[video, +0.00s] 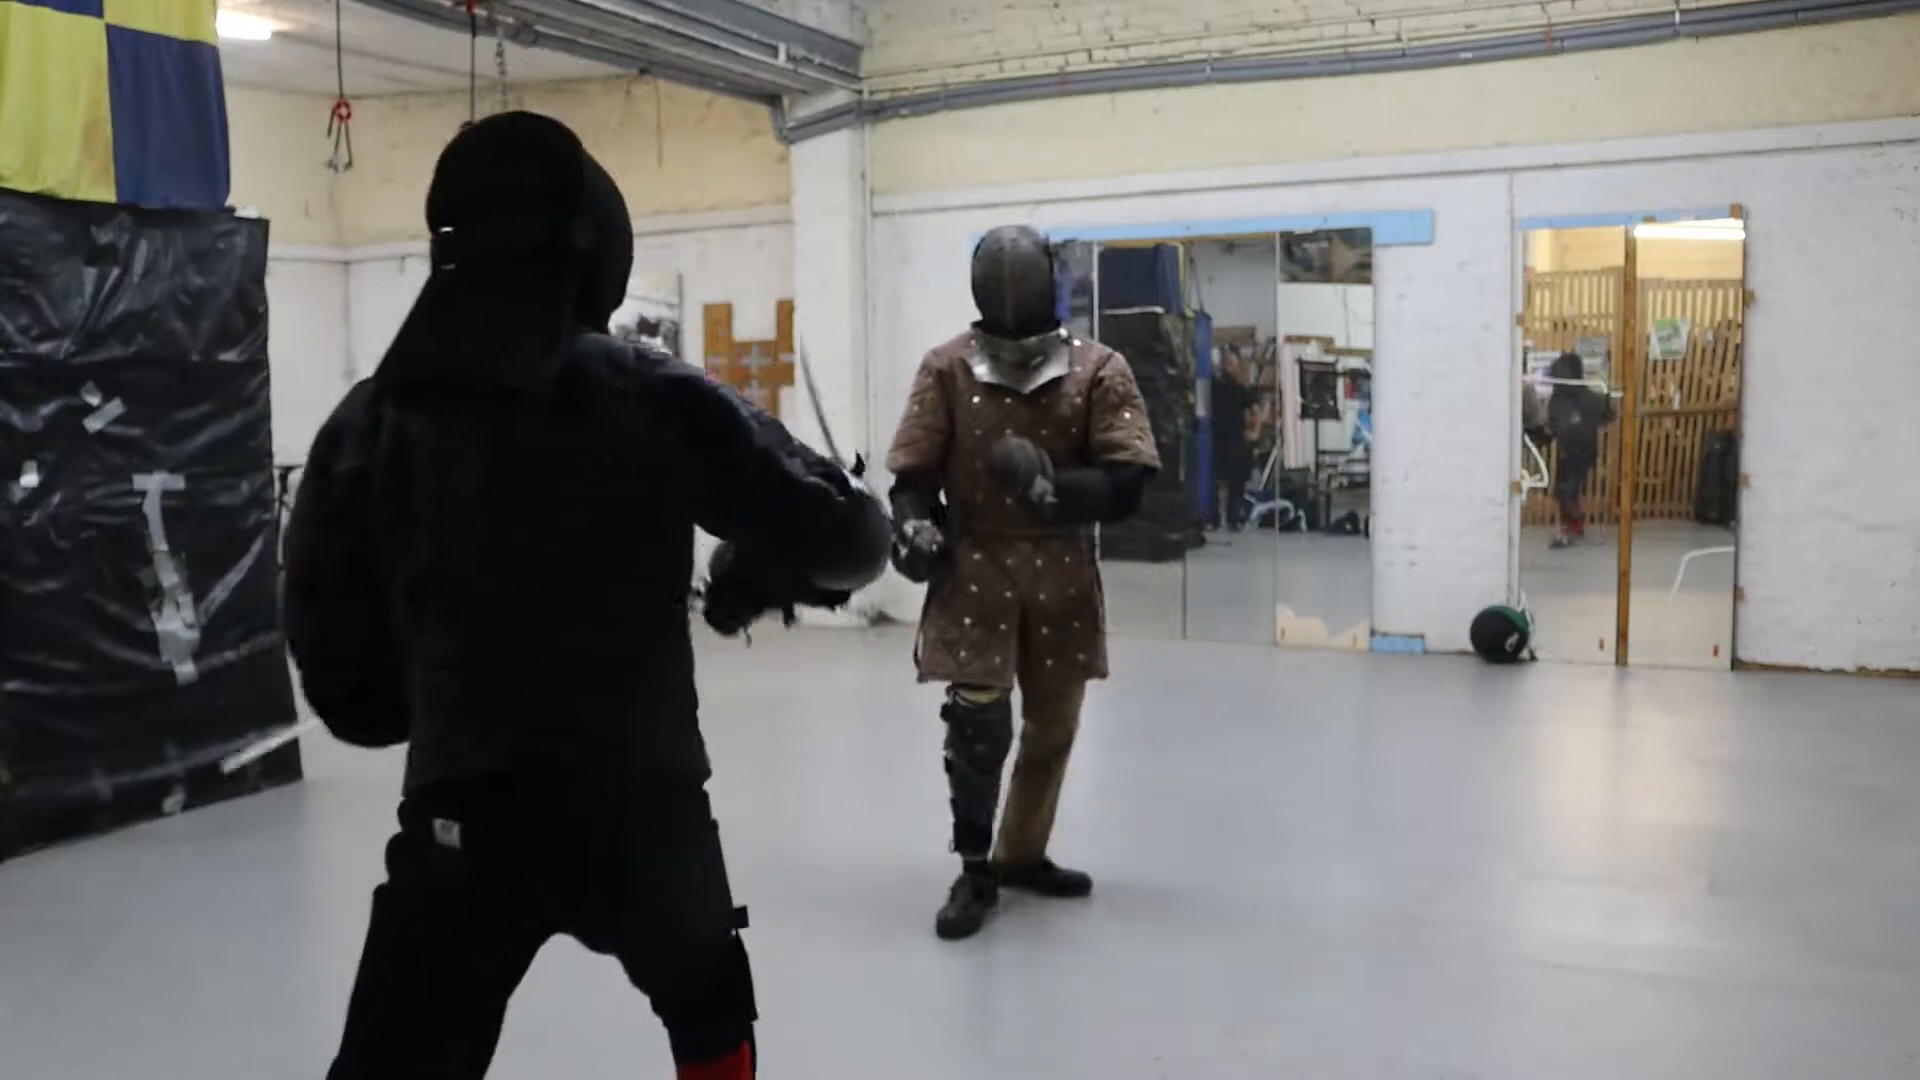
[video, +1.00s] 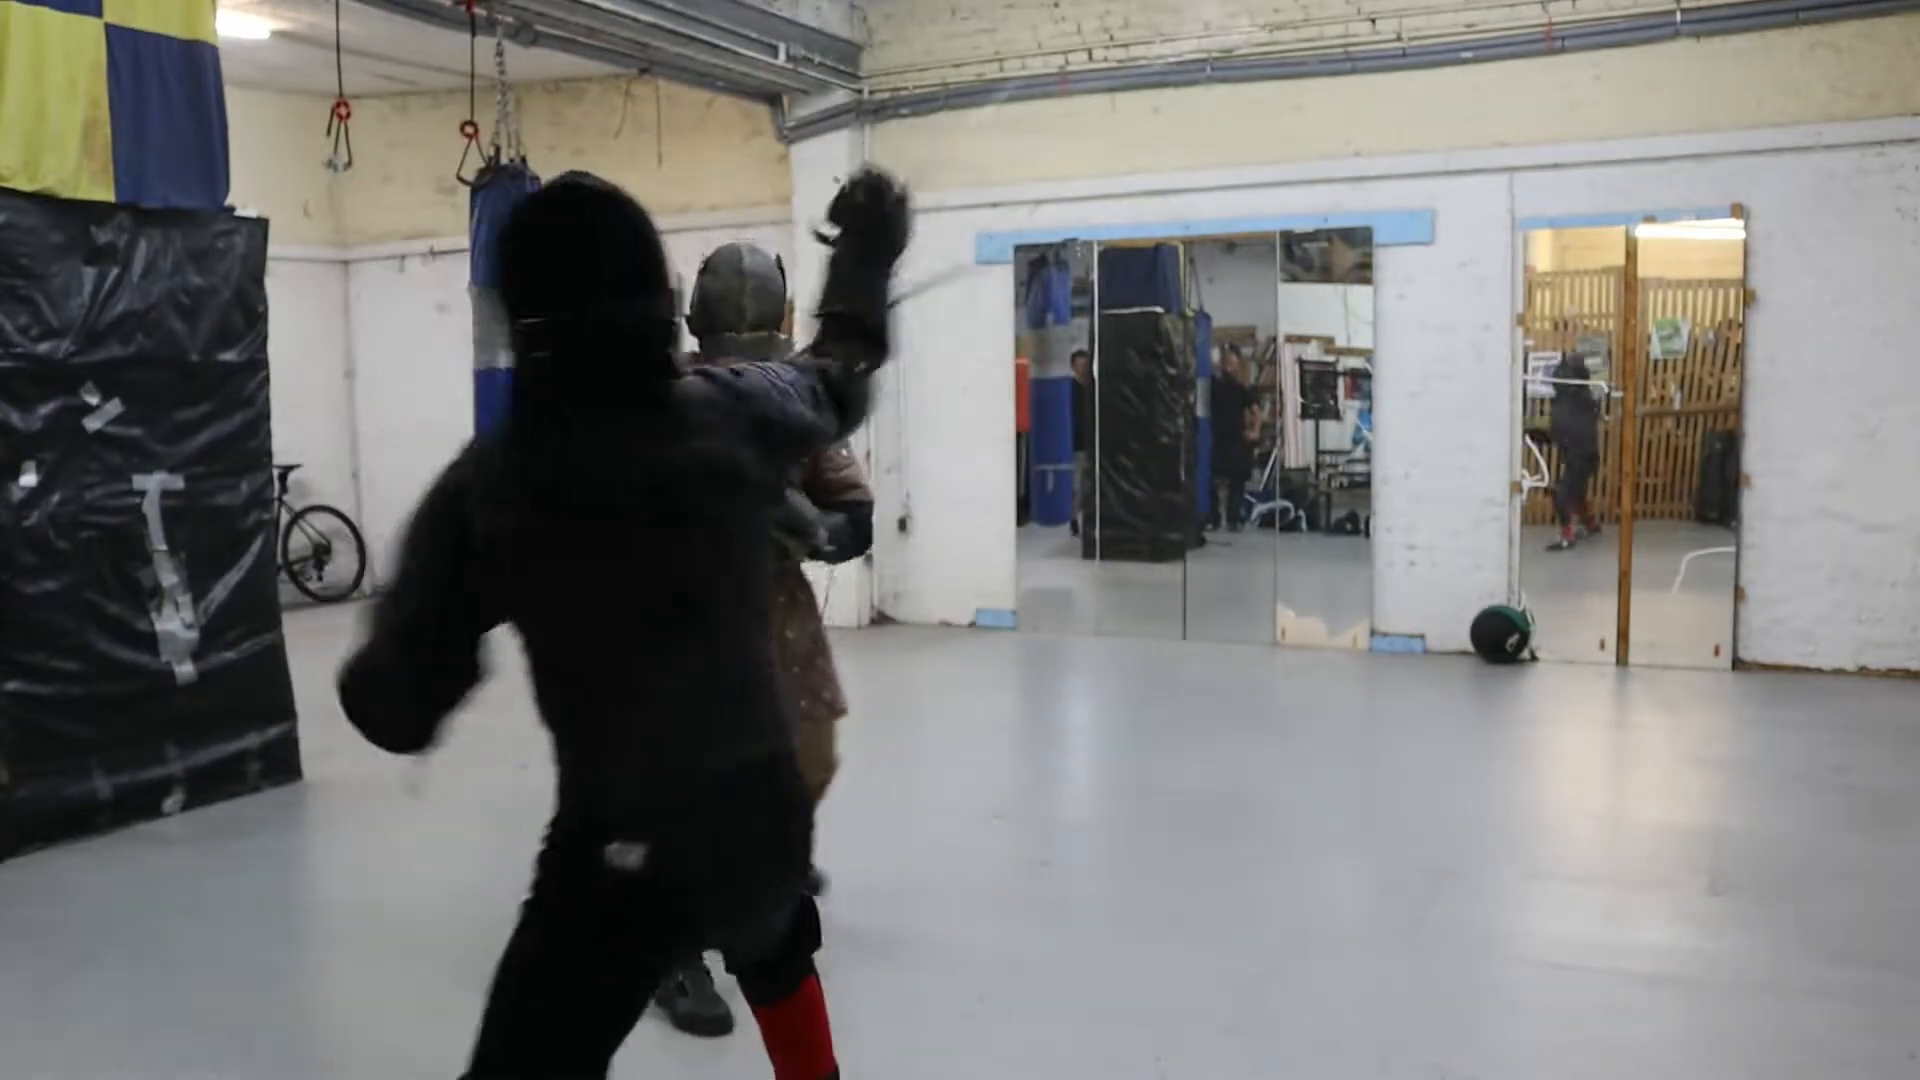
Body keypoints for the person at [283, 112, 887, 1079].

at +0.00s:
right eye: (606, 229)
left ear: (449, 251)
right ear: (594, 248)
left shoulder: (369, 425)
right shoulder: (655, 399)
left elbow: (351, 694)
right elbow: (846, 535)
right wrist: (747, 577)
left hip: (463, 833)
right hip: (644, 823)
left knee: (388, 1065)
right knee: (712, 1022)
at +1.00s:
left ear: (520, 320)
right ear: (658, 299)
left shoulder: (491, 487)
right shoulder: (729, 420)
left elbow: (390, 709)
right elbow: (838, 377)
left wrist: (440, 595)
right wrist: (862, 259)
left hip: (617, 844)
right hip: (760, 806)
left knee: (521, 1067)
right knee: (780, 977)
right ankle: (811, 1069)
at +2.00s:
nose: (922, 268)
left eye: (928, 242)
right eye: (921, 242)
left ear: (962, 239)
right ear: (1080, 229)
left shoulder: (951, 371)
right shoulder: (1147, 361)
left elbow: (849, 589)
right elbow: (1198, 550)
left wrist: (794, 503)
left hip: (1072, 756)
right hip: (1168, 738)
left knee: (1129, 1038)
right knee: (1000, 929)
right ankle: (1055, 1068)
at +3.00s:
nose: (919, 256)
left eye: (924, 227)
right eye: (917, 229)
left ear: (957, 224)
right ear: (1107, 213)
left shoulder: (941, 386)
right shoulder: (1193, 390)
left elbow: (829, 624)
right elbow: (1226, 585)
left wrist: (795, 533)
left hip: (1057, 824)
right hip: (1189, 803)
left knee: (1005, 1061)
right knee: (1059, 1048)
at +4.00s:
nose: (872, 244)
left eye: (887, 216)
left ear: (917, 236)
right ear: (1114, 215)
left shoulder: (886, 424)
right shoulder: (1191, 366)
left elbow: (698, 548)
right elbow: (1256, 213)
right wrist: (1129, 70)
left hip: (1032, 949)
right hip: (1219, 924)